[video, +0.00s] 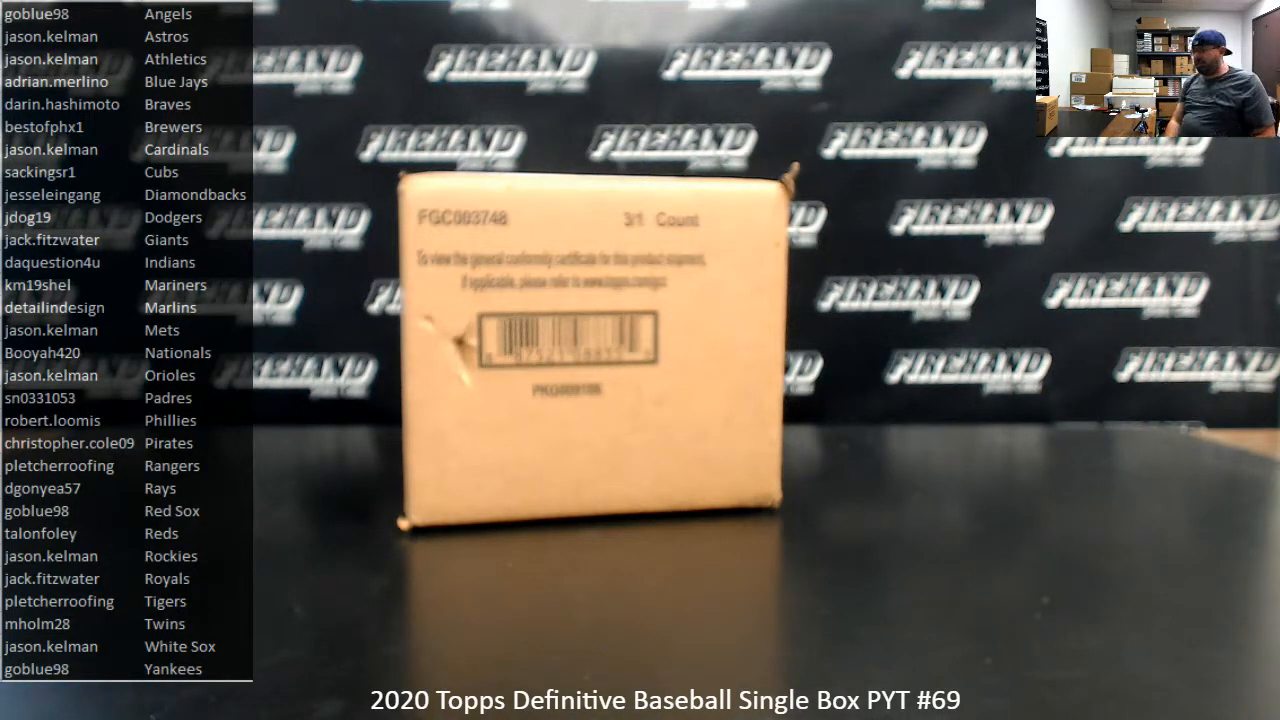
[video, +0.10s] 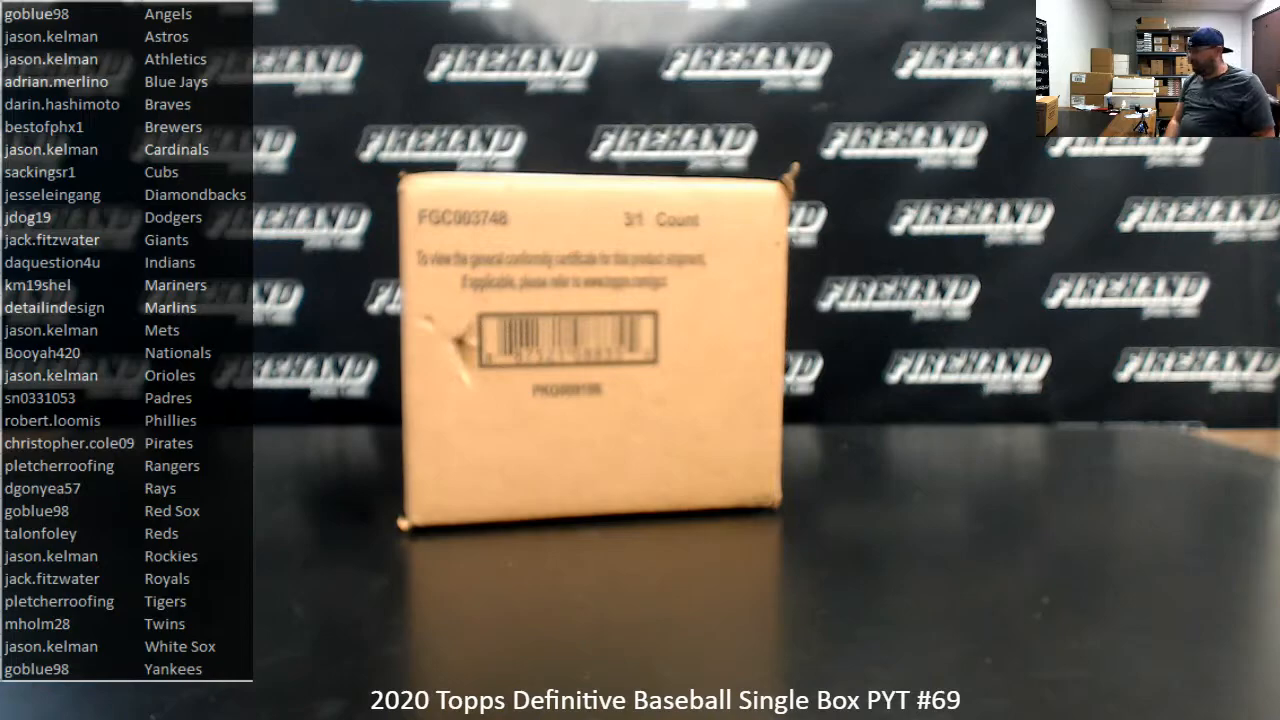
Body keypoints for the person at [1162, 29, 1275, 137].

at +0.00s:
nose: (1197, 57)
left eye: (1203, 51)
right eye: (1194, 52)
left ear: (1221, 52)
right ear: (1191, 54)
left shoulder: (1248, 82)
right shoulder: (1190, 83)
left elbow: (1267, 134)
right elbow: (1176, 120)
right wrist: (1167, 149)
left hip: (1229, 162)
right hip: (1187, 160)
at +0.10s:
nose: (1190, 58)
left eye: (1196, 51)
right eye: (1190, 52)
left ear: (1217, 51)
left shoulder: (1247, 83)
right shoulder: (1191, 82)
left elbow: (1266, 136)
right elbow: (1176, 120)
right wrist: (1164, 149)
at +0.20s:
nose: (1185, 58)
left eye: (1191, 52)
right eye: (1185, 52)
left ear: (1214, 51)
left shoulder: (1245, 85)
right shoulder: (1189, 83)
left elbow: (1265, 140)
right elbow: (1175, 121)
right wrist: (1164, 151)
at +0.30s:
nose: (1174, 61)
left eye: (1180, 54)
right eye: (1175, 55)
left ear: (1203, 53)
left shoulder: (1237, 89)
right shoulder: (1185, 85)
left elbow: (1262, 141)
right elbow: (1173, 122)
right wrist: (1163, 152)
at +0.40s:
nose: (1168, 62)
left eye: (1174, 55)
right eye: (1169, 55)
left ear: (1196, 54)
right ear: (1196, 55)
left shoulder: (1231, 90)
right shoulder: (1181, 86)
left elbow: (1256, 143)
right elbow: (1171, 123)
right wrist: (1163, 155)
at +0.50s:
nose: (1165, 62)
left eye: (1169, 56)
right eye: (1165, 56)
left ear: (1191, 55)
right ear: (1191, 55)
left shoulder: (1227, 90)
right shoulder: (1179, 86)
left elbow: (1253, 143)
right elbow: (1170, 125)